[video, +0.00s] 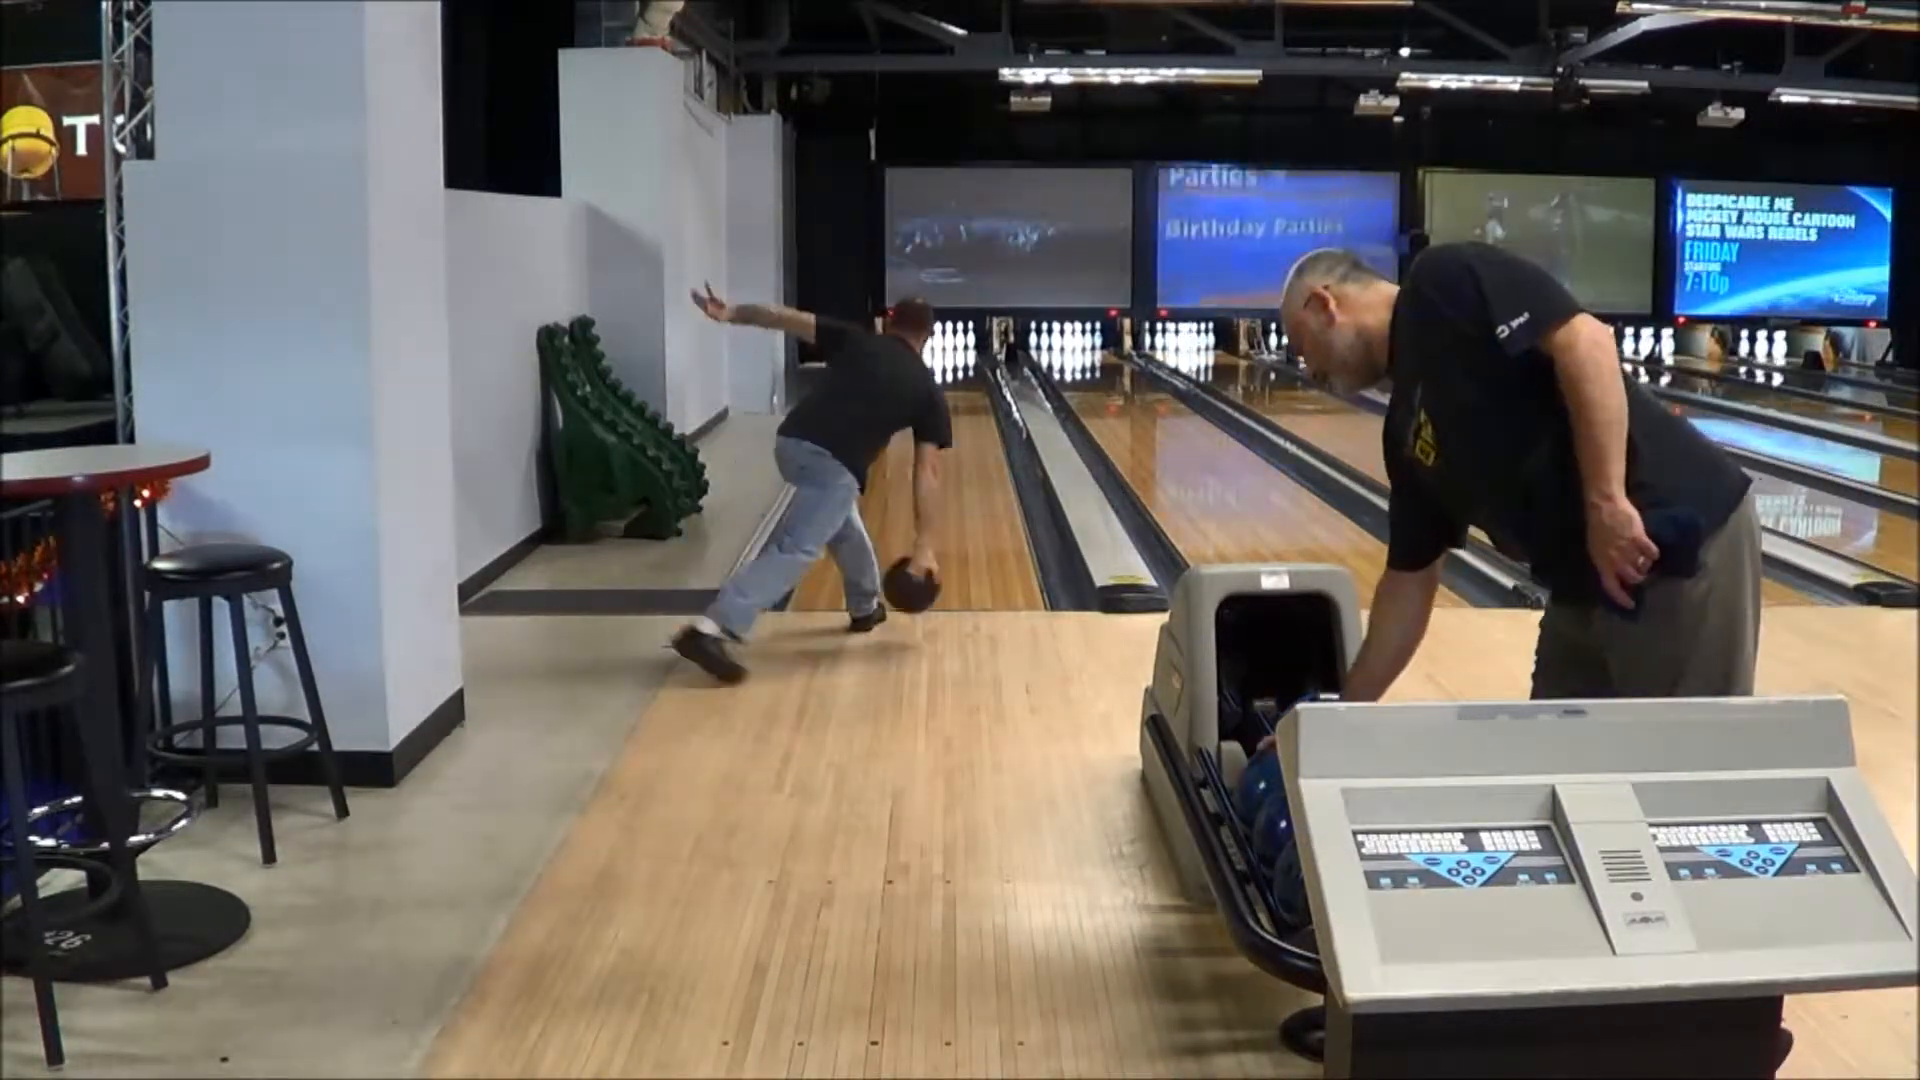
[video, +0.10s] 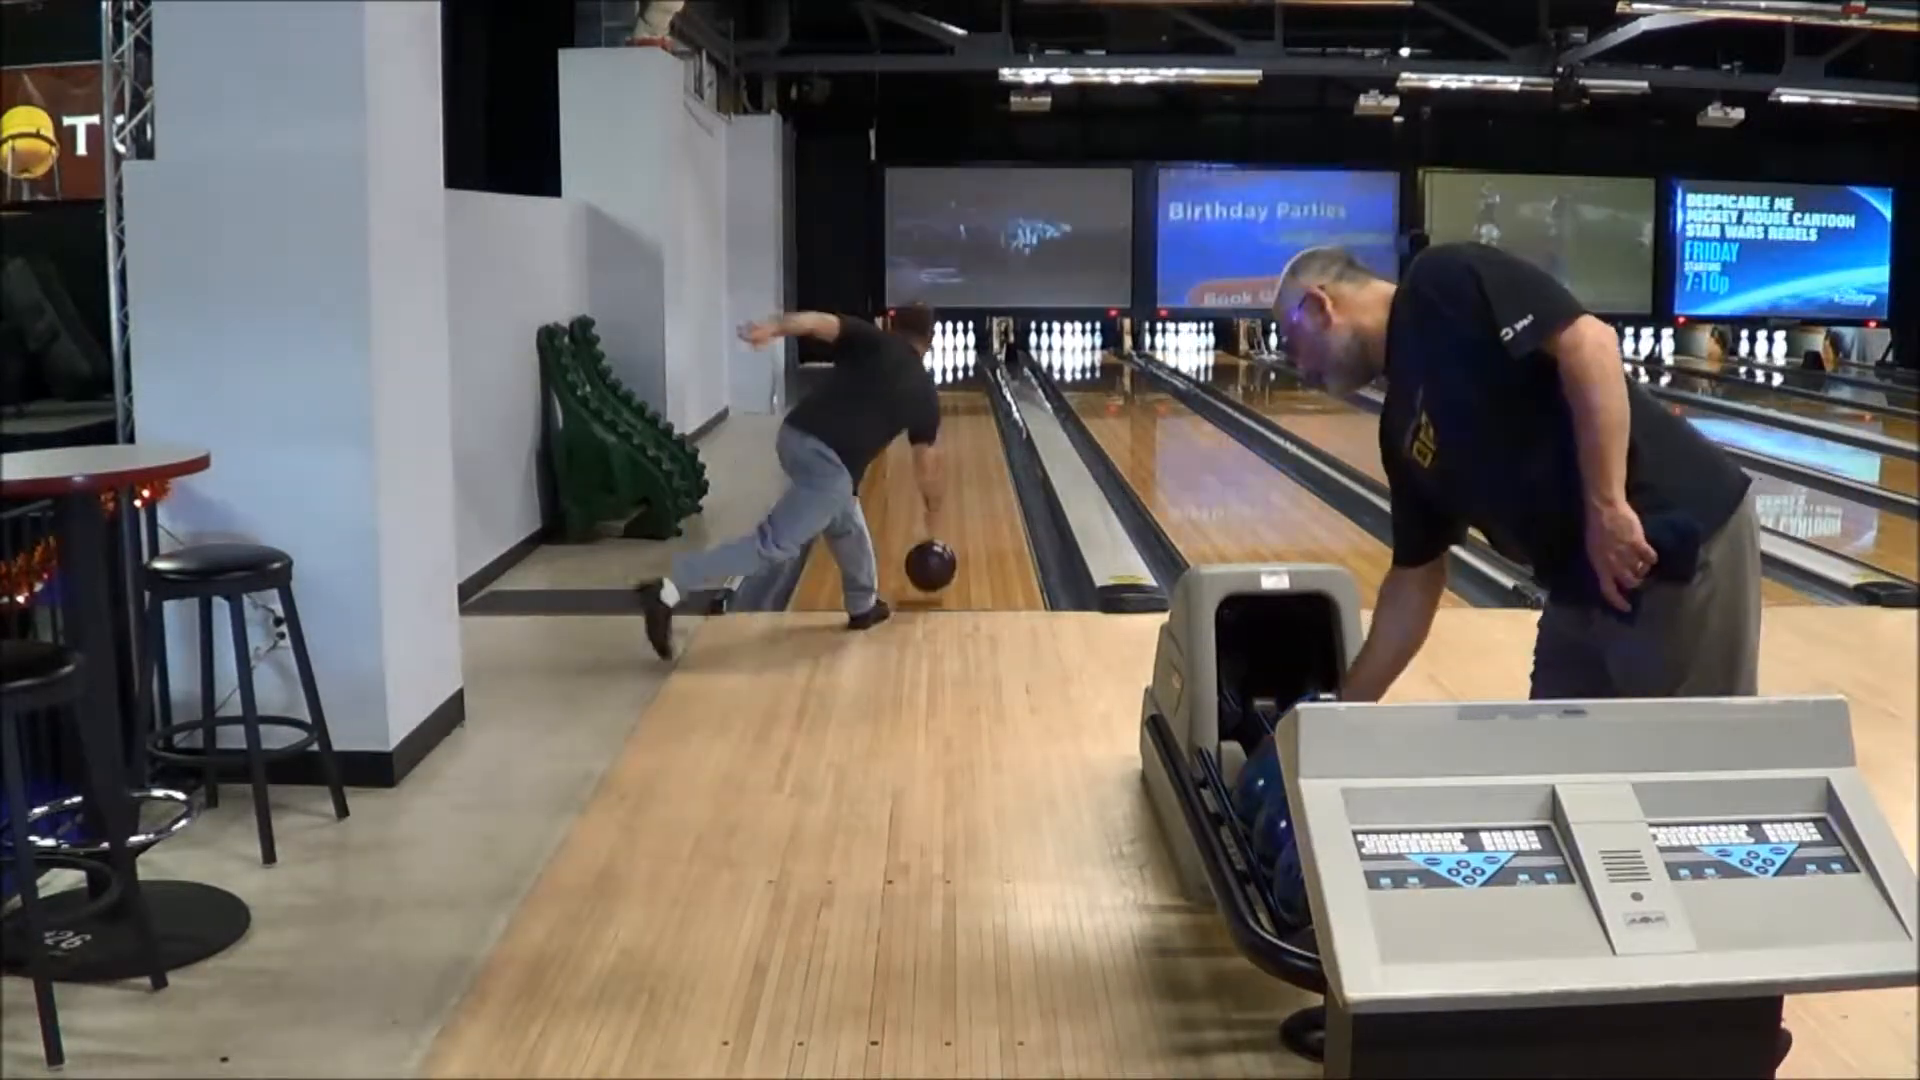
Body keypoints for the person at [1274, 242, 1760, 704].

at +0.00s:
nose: (1306, 369)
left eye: (1300, 345)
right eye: (1297, 354)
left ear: (1326, 305)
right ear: (1334, 307)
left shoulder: (1444, 279)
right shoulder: (1409, 434)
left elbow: (1585, 341)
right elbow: (1408, 582)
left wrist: (1606, 500)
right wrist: (1348, 709)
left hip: (1683, 539)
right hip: (1584, 577)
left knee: (1677, 777)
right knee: (1558, 774)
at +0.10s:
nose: (1296, 367)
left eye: (1291, 339)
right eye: (1288, 351)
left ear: (1321, 306)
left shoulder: (1443, 279)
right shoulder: (1403, 434)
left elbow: (1590, 344)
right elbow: (1415, 578)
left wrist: (1606, 504)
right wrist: (1351, 704)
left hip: (1684, 540)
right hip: (1581, 577)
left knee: (1683, 774)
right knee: (1559, 776)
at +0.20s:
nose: (1295, 366)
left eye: (1287, 340)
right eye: (1286, 350)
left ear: (1316, 307)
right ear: (1325, 308)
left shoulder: (1441, 281)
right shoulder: (1400, 426)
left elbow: (1589, 346)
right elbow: (1410, 572)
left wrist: (1608, 509)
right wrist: (1330, 703)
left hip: (1680, 544)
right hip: (1578, 580)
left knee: (1685, 782)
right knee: (1559, 784)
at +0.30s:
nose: (1295, 369)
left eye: (1286, 344)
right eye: (1286, 355)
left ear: (1312, 305)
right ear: (1321, 305)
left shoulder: (1441, 281)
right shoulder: (1391, 425)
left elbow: (1590, 348)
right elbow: (1398, 564)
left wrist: (1609, 510)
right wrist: (1318, 705)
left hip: (1681, 541)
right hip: (1577, 579)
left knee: (1690, 776)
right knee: (1555, 781)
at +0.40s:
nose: (1289, 368)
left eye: (1281, 343)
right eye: (1278, 354)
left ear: (1311, 303)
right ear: (1319, 303)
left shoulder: (1442, 281)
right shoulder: (1383, 421)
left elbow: (1594, 352)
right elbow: (1389, 563)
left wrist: (1613, 511)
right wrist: (1315, 704)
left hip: (1677, 543)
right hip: (1573, 580)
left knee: (1689, 780)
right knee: (1555, 785)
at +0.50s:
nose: (1286, 367)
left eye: (1278, 343)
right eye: (1275, 353)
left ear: (1310, 302)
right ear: (1316, 302)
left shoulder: (1444, 281)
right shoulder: (1378, 420)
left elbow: (1595, 351)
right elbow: (1388, 562)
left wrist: (1617, 512)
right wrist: (1318, 705)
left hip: (1678, 542)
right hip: (1572, 578)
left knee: (1685, 779)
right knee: (1552, 784)